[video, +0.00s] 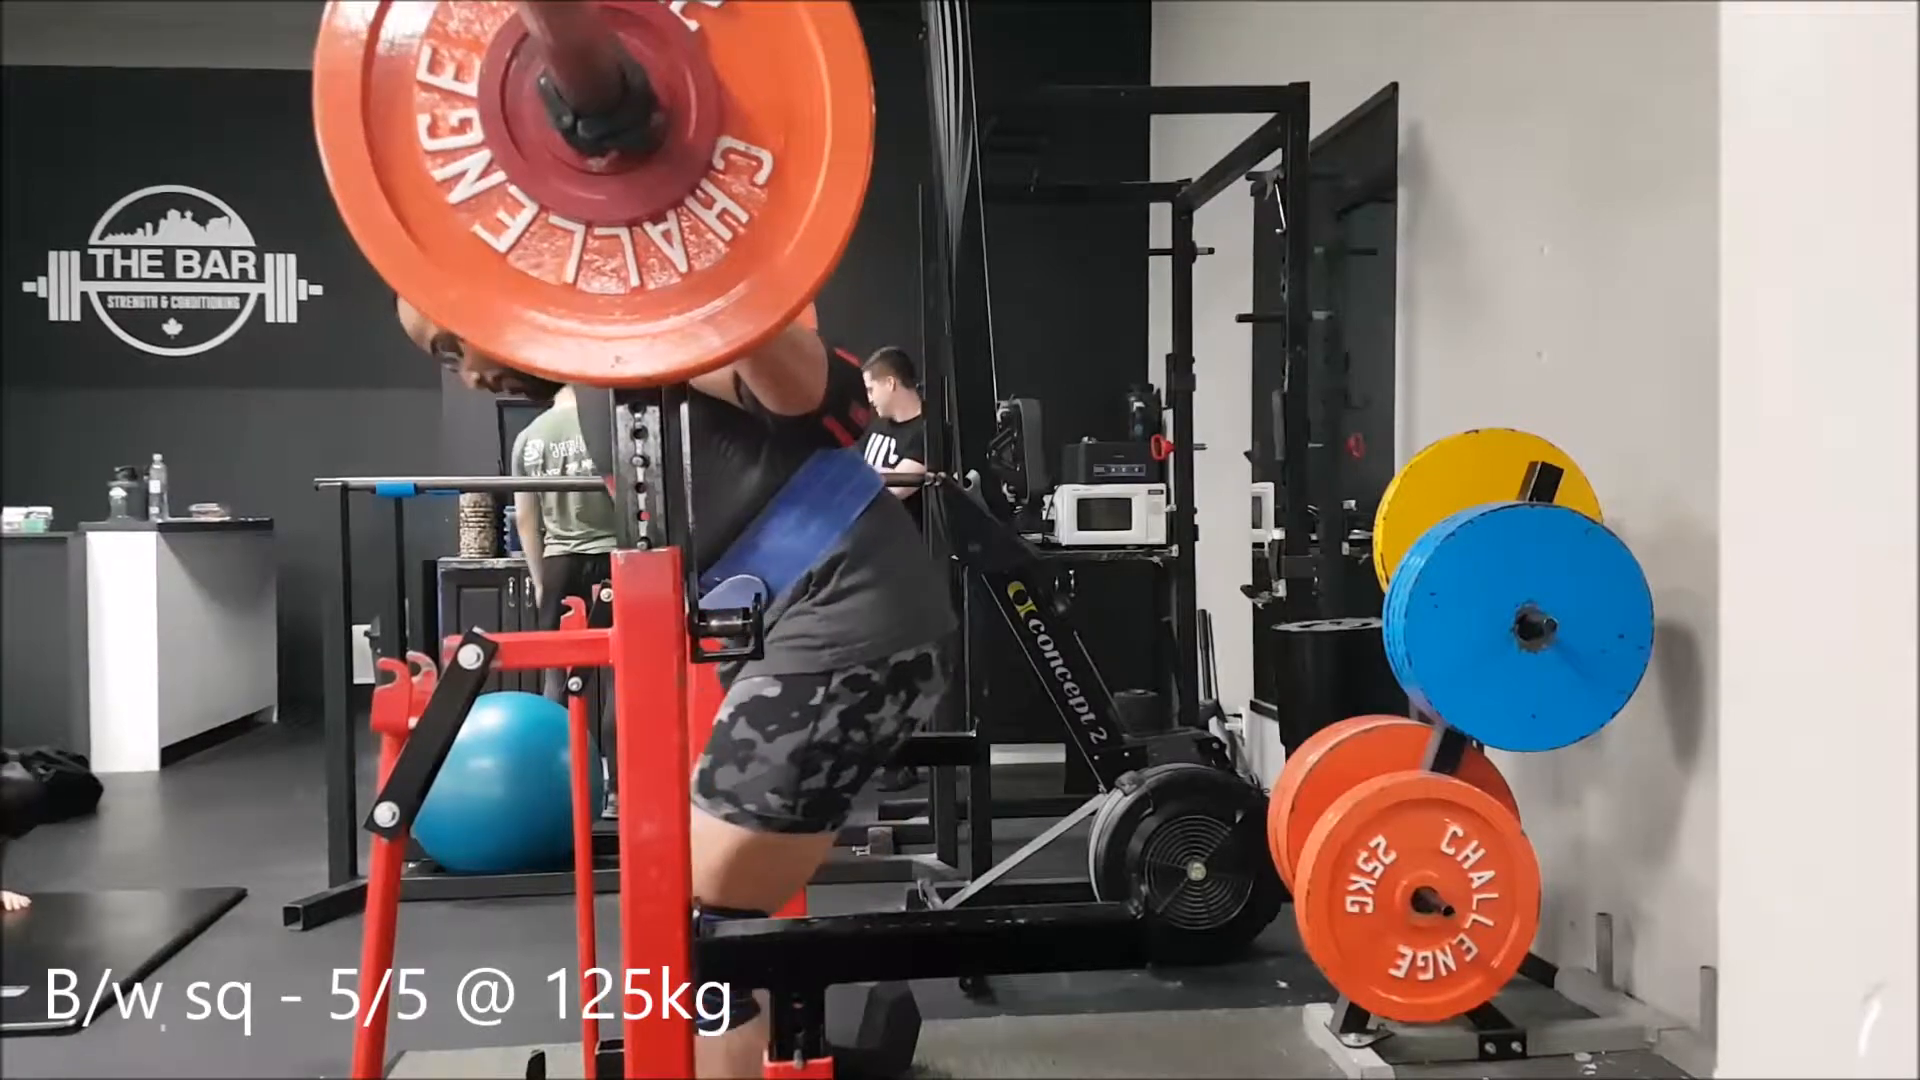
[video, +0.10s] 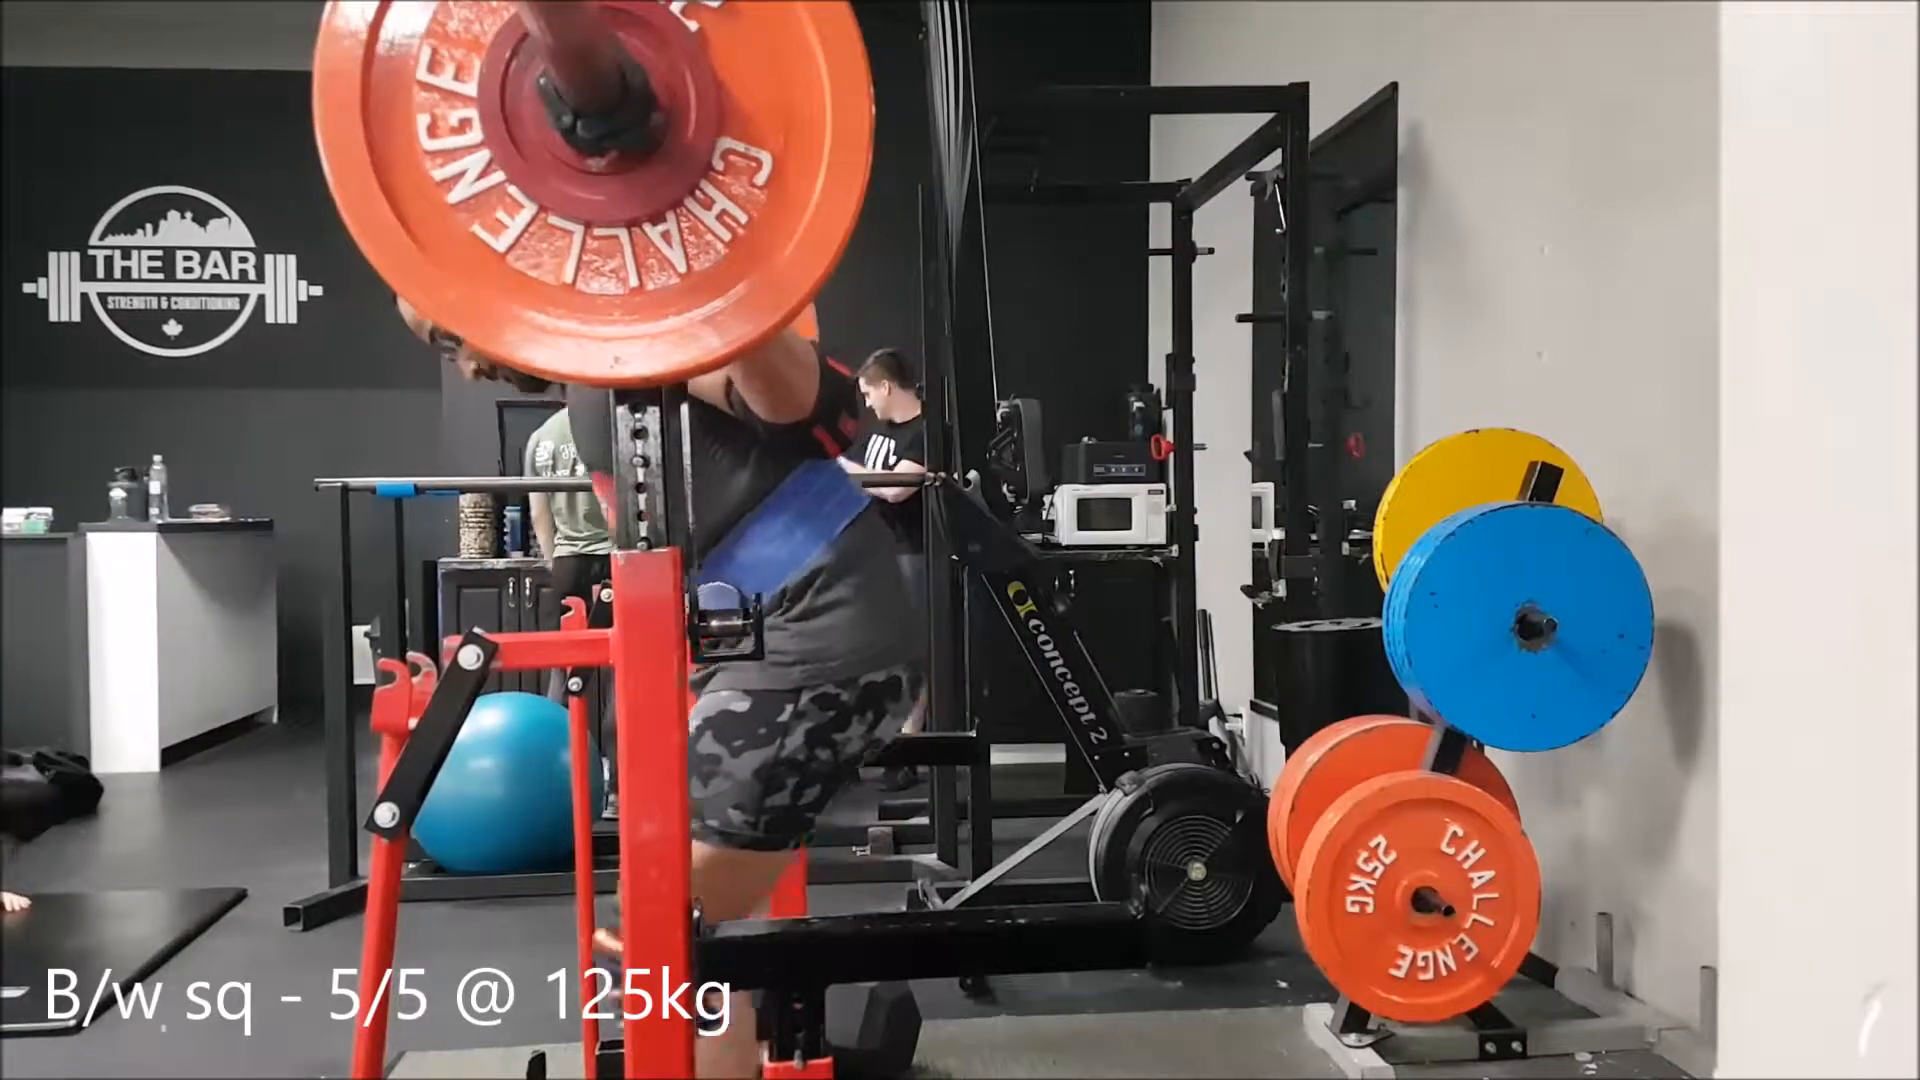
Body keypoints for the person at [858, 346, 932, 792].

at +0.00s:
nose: (869, 396)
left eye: (872, 386)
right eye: (867, 388)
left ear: (894, 383)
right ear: (892, 385)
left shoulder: (927, 429)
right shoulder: (880, 428)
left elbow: (908, 485)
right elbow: (856, 473)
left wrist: (859, 477)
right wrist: (896, 480)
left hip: (924, 550)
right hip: (882, 548)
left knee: (923, 650)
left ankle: (913, 757)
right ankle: (890, 756)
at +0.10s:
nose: (866, 400)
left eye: (868, 390)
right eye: (864, 392)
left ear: (888, 385)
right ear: (886, 387)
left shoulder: (926, 430)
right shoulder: (876, 429)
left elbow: (899, 489)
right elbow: (846, 471)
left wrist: (854, 475)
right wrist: (887, 479)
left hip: (917, 553)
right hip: (881, 550)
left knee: (917, 649)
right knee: (888, 649)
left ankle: (913, 745)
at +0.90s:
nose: (857, 398)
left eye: (860, 388)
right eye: (856, 389)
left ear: (880, 382)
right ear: (879, 383)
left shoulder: (926, 428)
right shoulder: (873, 430)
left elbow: (930, 501)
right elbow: (862, 490)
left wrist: (911, 565)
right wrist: (830, 527)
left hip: (900, 558)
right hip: (859, 555)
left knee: (907, 654)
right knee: (855, 651)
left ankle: (907, 755)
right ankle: (845, 752)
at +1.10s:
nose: (859, 398)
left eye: (862, 388)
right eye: (858, 389)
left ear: (881, 383)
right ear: (881, 384)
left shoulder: (927, 429)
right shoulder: (873, 429)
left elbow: (938, 504)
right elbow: (863, 485)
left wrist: (922, 564)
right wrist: (835, 522)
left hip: (902, 558)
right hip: (861, 555)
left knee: (908, 654)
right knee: (854, 652)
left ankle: (908, 756)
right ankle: (844, 754)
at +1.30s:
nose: (861, 399)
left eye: (864, 389)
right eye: (861, 390)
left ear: (883, 384)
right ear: (882, 384)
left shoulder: (928, 430)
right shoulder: (874, 427)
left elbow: (937, 505)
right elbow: (863, 485)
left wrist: (919, 565)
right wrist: (838, 524)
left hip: (904, 559)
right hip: (863, 555)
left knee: (909, 655)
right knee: (854, 652)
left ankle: (908, 756)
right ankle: (844, 754)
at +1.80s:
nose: (874, 382)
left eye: (880, 373)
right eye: (871, 374)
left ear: (899, 376)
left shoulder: (927, 428)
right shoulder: (867, 425)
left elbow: (939, 502)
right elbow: (856, 491)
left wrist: (921, 562)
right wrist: (849, 543)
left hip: (909, 552)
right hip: (868, 549)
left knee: (910, 652)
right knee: (867, 651)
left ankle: (907, 754)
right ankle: (857, 747)